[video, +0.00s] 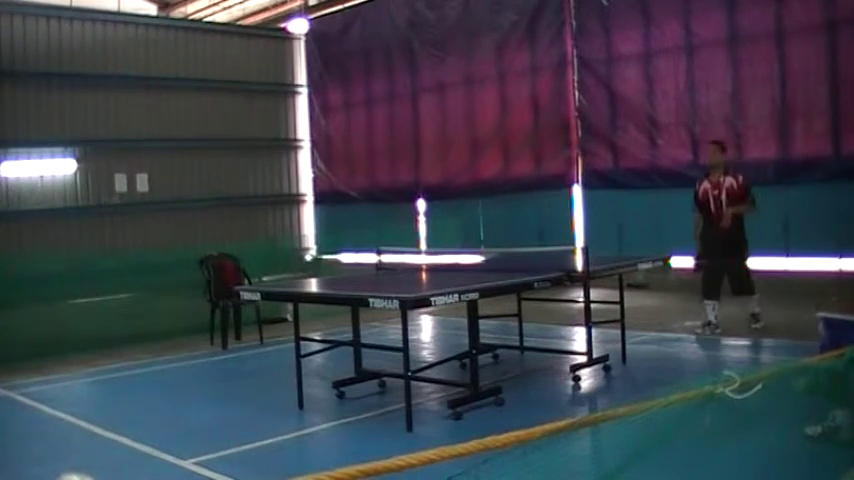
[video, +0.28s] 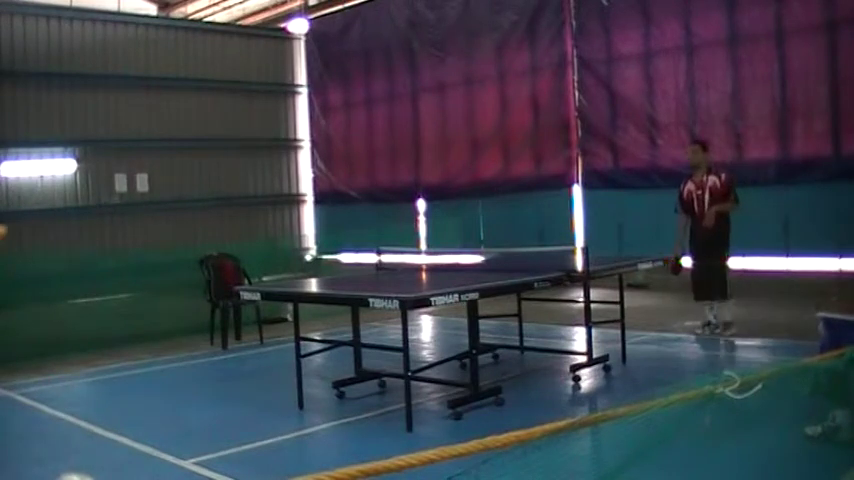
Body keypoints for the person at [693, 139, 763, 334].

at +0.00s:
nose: (712, 158)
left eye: (716, 154)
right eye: (710, 154)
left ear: (724, 156)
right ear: (707, 158)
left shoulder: (737, 181)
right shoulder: (702, 186)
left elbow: (749, 205)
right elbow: (699, 216)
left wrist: (731, 210)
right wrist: (697, 243)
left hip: (733, 241)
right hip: (711, 242)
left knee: (742, 277)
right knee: (710, 280)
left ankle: (754, 312)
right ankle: (711, 320)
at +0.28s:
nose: (692, 157)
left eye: (696, 152)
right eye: (690, 153)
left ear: (705, 155)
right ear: (689, 156)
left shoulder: (721, 179)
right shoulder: (686, 186)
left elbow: (732, 203)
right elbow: (684, 219)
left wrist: (714, 209)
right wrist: (678, 249)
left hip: (718, 235)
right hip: (698, 236)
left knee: (718, 274)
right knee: (702, 276)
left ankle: (725, 317)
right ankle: (710, 318)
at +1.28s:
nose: (642, 160)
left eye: (645, 156)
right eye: (641, 157)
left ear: (656, 159)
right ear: (645, 160)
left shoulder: (667, 182)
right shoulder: (647, 185)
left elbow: (670, 202)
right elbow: (648, 218)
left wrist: (649, 192)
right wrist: (645, 240)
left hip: (670, 243)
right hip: (652, 242)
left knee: (678, 285)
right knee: (646, 282)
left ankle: (689, 327)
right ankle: (640, 321)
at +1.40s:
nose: (629, 163)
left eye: (633, 159)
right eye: (630, 159)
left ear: (643, 161)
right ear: (639, 162)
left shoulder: (653, 181)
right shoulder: (641, 184)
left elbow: (644, 198)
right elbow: (644, 222)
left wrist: (630, 181)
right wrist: (641, 245)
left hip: (660, 244)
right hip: (644, 245)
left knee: (671, 286)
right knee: (637, 284)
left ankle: (686, 327)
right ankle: (637, 323)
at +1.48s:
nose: (622, 164)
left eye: (625, 160)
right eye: (622, 160)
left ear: (636, 162)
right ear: (629, 163)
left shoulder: (644, 181)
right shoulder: (634, 183)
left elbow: (633, 198)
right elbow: (638, 223)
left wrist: (618, 177)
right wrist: (637, 245)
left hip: (656, 245)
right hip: (641, 245)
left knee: (666, 286)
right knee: (635, 285)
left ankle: (681, 326)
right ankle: (638, 322)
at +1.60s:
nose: (614, 163)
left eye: (618, 159)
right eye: (614, 160)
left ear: (629, 162)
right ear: (624, 163)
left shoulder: (637, 184)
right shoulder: (625, 183)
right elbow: (603, 184)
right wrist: (589, 168)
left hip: (652, 240)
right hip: (636, 240)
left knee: (661, 280)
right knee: (635, 280)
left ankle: (674, 323)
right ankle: (638, 321)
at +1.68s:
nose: (612, 163)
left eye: (615, 159)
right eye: (612, 159)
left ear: (626, 163)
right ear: (617, 163)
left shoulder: (633, 181)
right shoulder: (618, 181)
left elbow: (626, 189)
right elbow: (599, 182)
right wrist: (581, 175)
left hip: (651, 235)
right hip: (635, 236)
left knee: (659, 274)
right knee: (635, 275)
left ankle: (672, 322)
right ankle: (637, 321)